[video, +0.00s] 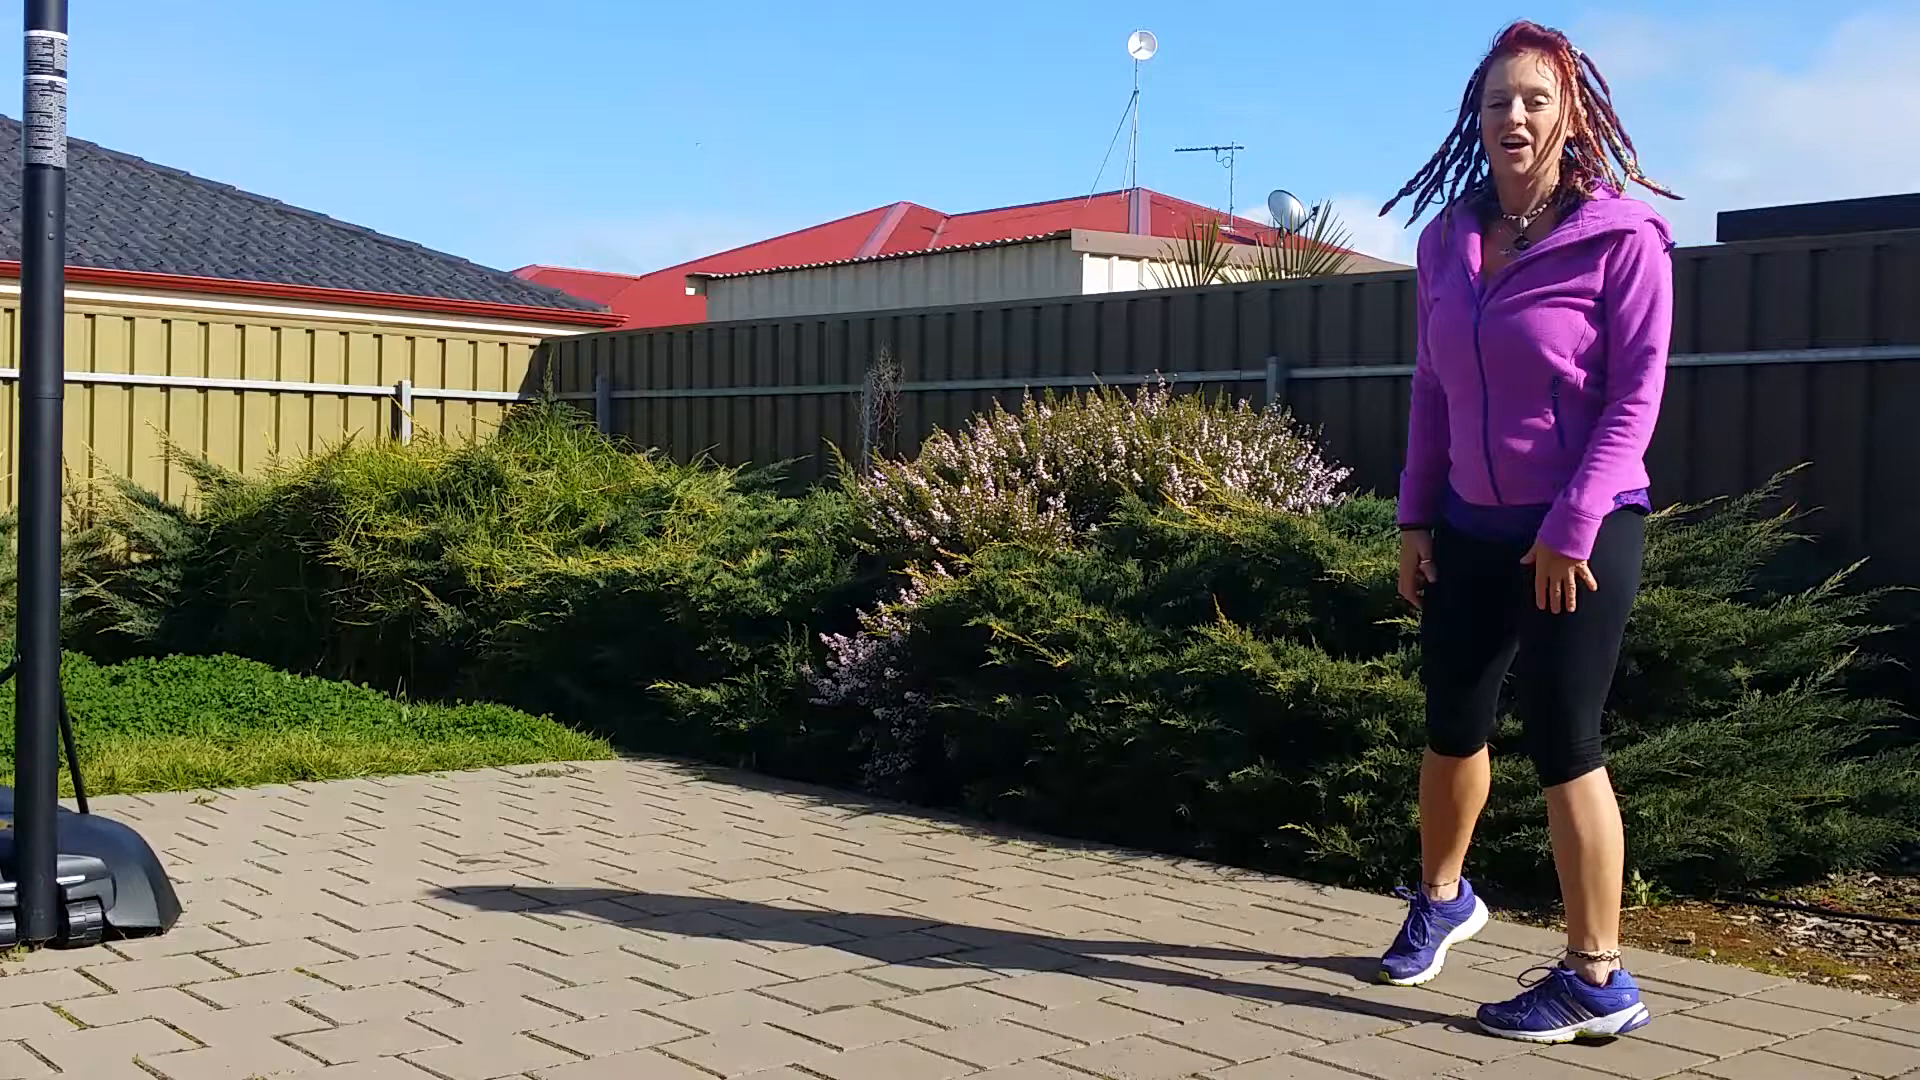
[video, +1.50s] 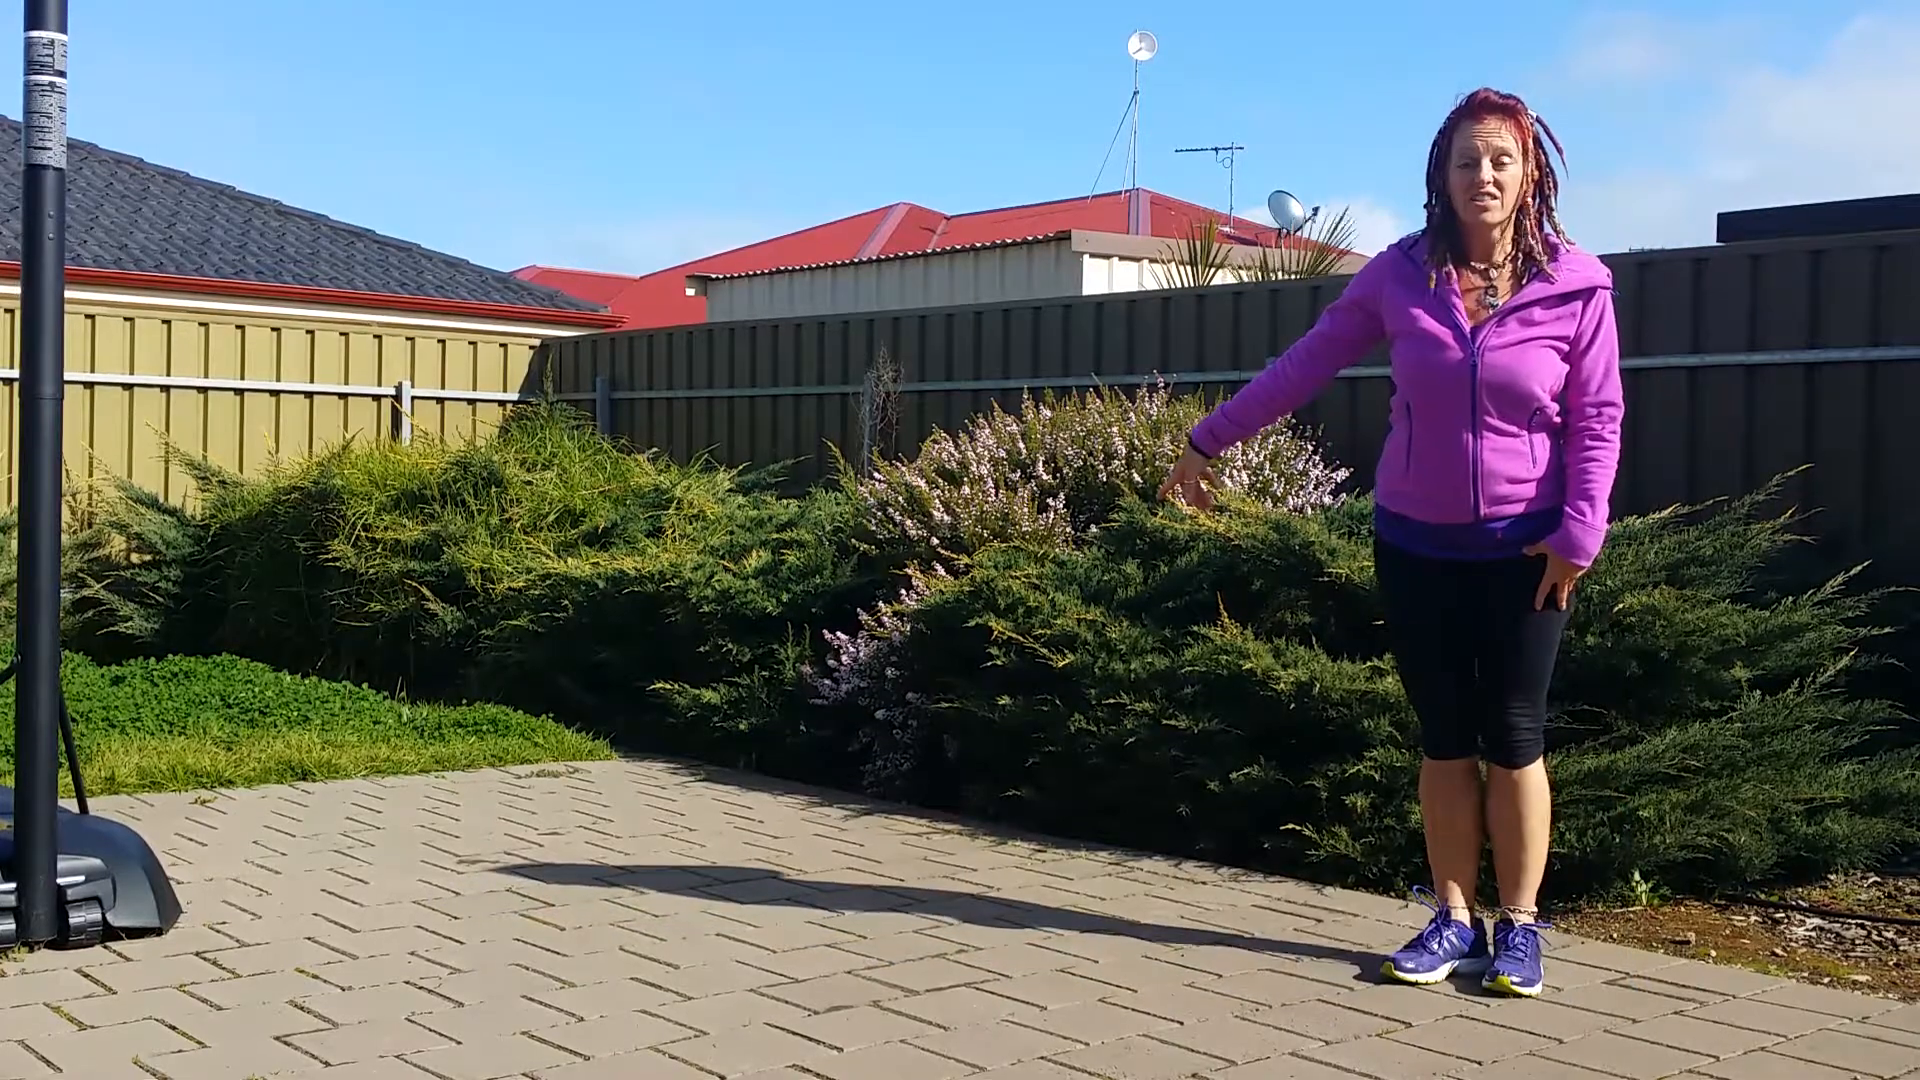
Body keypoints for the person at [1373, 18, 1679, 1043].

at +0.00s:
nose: (1511, 119)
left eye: (1532, 101)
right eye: (1495, 102)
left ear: (1571, 115)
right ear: (1477, 118)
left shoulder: (1624, 233)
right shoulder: (1446, 237)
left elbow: (1635, 396)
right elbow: (1430, 387)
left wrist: (1575, 519)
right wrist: (1415, 518)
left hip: (1581, 519)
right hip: (1471, 517)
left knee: (1565, 742)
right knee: (1454, 726)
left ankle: (1597, 972)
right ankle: (1440, 896)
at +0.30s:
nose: (1486, 144)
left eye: (1506, 127)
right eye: (1469, 126)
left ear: (1538, 141)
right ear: (1446, 137)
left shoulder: (1586, 254)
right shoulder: (1392, 250)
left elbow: (1614, 394)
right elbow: (1360, 387)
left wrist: (1596, 514)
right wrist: (1364, 510)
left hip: (1535, 528)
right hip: (1421, 527)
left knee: (1516, 727)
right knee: (1435, 723)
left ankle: (1532, 930)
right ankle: (1445, 913)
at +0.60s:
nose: (1488, 174)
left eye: (1506, 157)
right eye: (1471, 157)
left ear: (1534, 170)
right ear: (1445, 168)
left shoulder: (1583, 280)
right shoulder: (1395, 276)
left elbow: (1604, 421)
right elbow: (1363, 411)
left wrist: (1583, 542)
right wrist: (1365, 533)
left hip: (1531, 548)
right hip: (1424, 546)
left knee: (1517, 742)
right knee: (1445, 739)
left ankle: (1520, 928)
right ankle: (1455, 920)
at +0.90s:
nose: (1486, 164)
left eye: (1504, 150)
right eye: (1469, 151)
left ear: (1533, 166)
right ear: (1445, 167)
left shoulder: (1585, 274)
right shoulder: (1404, 270)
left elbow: (1610, 412)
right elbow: (1326, 378)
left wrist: (1590, 527)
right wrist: (1244, 468)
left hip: (1531, 532)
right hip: (1422, 532)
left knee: (1520, 732)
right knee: (1446, 729)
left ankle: (1520, 928)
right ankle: (1452, 921)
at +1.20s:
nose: (1488, 170)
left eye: (1506, 155)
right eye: (1471, 154)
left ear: (1536, 171)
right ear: (1445, 170)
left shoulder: (1583, 280)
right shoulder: (1405, 270)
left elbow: (1602, 418)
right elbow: (1312, 362)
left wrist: (1583, 532)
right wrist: (1210, 438)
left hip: (1531, 537)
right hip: (1421, 535)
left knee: (1517, 734)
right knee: (1447, 732)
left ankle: (1519, 927)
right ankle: (1453, 921)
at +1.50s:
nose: (1485, 173)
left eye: (1502, 159)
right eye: (1467, 159)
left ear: (1533, 174)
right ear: (1441, 174)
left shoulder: (1578, 283)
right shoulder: (1400, 272)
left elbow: (1597, 419)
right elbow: (1308, 362)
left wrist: (1581, 531)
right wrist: (1206, 437)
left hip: (1527, 537)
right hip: (1417, 536)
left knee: (1513, 735)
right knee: (1445, 735)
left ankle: (1520, 927)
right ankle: (1453, 921)